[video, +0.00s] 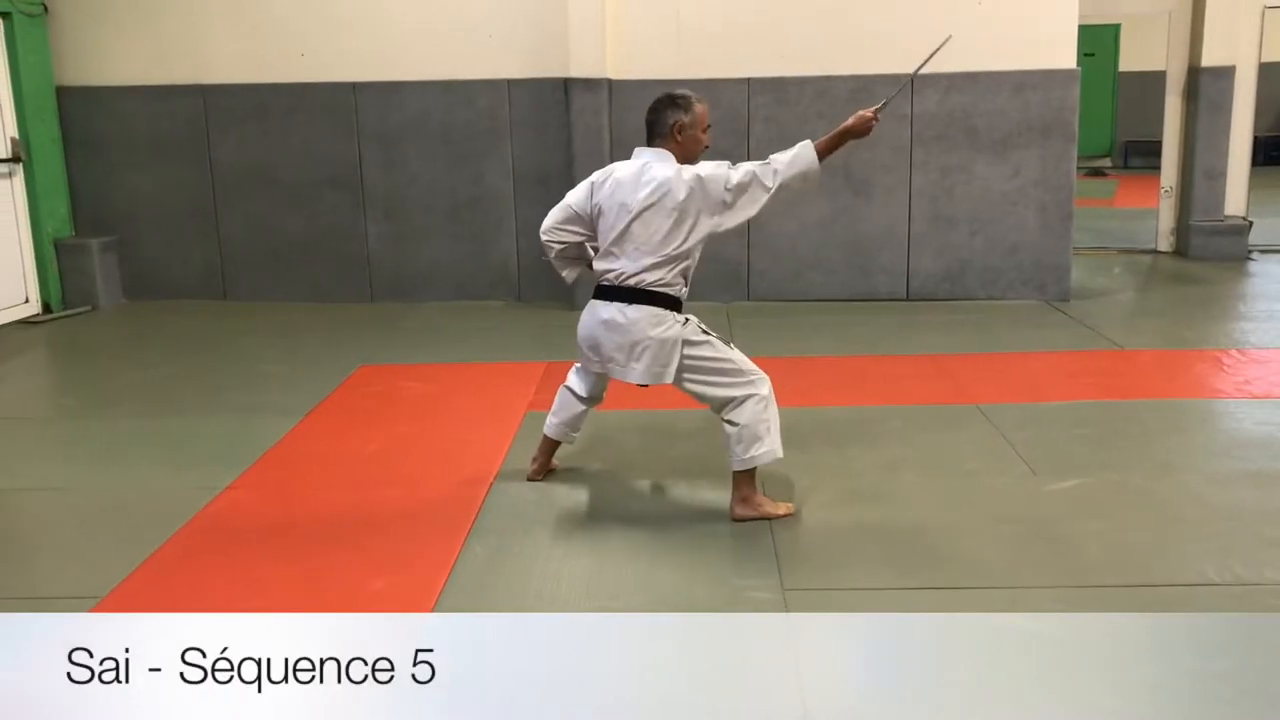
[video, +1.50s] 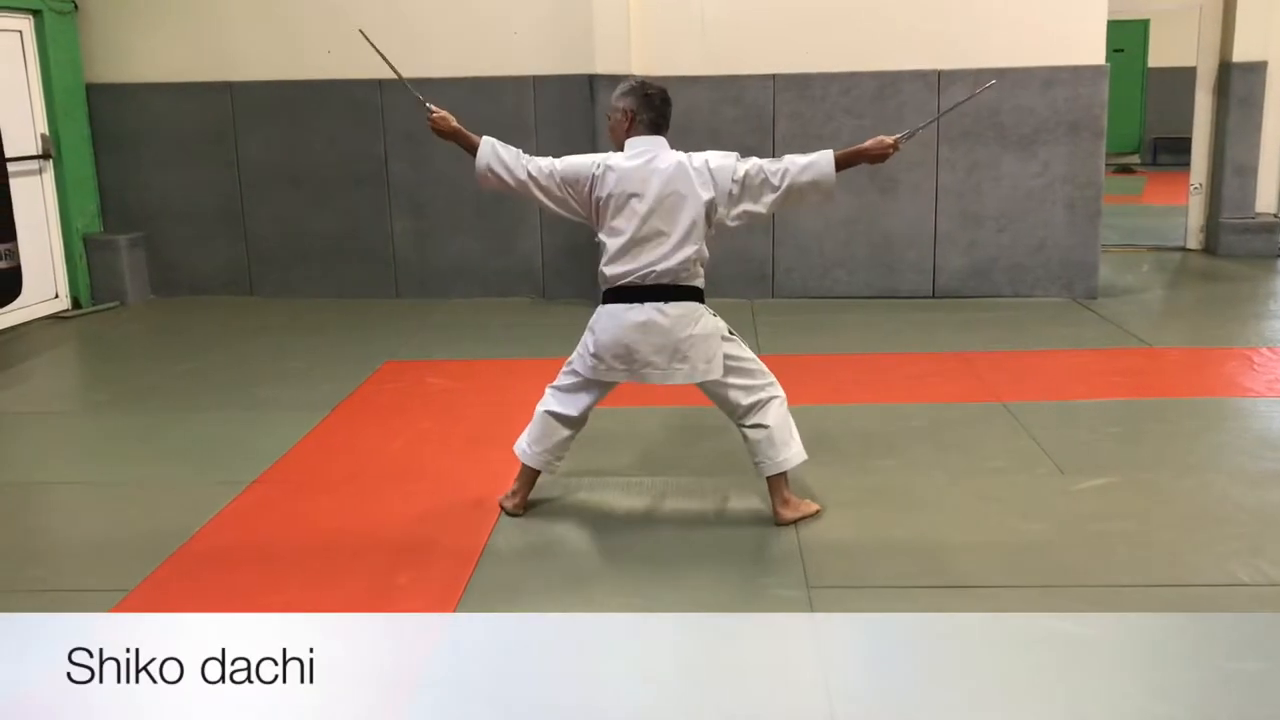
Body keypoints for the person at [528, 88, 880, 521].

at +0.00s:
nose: (709, 140)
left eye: (708, 130)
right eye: (704, 130)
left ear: (663, 132)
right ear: (677, 132)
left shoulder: (609, 177)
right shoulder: (698, 181)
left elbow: (554, 232)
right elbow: (774, 170)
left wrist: (600, 271)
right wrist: (843, 134)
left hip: (599, 317)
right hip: (655, 324)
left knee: (587, 376)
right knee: (750, 387)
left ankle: (540, 461)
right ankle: (746, 496)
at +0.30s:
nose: (718, 136)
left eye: (717, 126)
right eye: (713, 126)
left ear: (675, 128)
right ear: (685, 129)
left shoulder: (617, 174)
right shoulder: (710, 179)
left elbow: (562, 231)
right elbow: (785, 173)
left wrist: (608, 271)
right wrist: (853, 139)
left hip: (607, 314)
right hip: (664, 321)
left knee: (594, 380)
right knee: (756, 387)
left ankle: (547, 461)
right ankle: (754, 496)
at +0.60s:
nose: (758, 131)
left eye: (757, 122)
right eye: (755, 122)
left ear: (707, 122)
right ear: (738, 123)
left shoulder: (666, 164)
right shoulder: (742, 170)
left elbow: (652, 236)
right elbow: (820, 172)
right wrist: (896, 142)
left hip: (622, 294)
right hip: (677, 307)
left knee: (591, 382)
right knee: (754, 390)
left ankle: (549, 460)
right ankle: (765, 502)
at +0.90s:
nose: (742, 139)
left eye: (739, 132)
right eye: (742, 132)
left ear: (696, 125)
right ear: (736, 134)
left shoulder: (667, 163)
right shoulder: (725, 179)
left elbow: (717, 224)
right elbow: (799, 176)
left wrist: (742, 263)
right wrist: (874, 146)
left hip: (608, 300)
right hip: (665, 314)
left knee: (568, 398)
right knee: (744, 388)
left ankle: (511, 493)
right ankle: (768, 500)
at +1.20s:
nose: (606, 122)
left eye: (609, 114)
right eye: (608, 114)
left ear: (623, 119)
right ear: (658, 123)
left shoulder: (591, 160)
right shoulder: (692, 165)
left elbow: (562, 179)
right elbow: (773, 176)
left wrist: (604, 192)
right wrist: (854, 158)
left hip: (611, 317)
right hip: (680, 315)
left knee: (560, 397)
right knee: (745, 396)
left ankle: (514, 494)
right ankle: (777, 499)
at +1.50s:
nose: (609, 128)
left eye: (612, 119)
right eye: (611, 119)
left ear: (628, 121)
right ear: (662, 122)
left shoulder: (602, 171)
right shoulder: (705, 168)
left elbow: (527, 168)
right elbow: (781, 173)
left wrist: (462, 136)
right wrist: (858, 153)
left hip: (616, 322)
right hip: (687, 321)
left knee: (567, 396)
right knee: (758, 395)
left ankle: (518, 493)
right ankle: (785, 501)